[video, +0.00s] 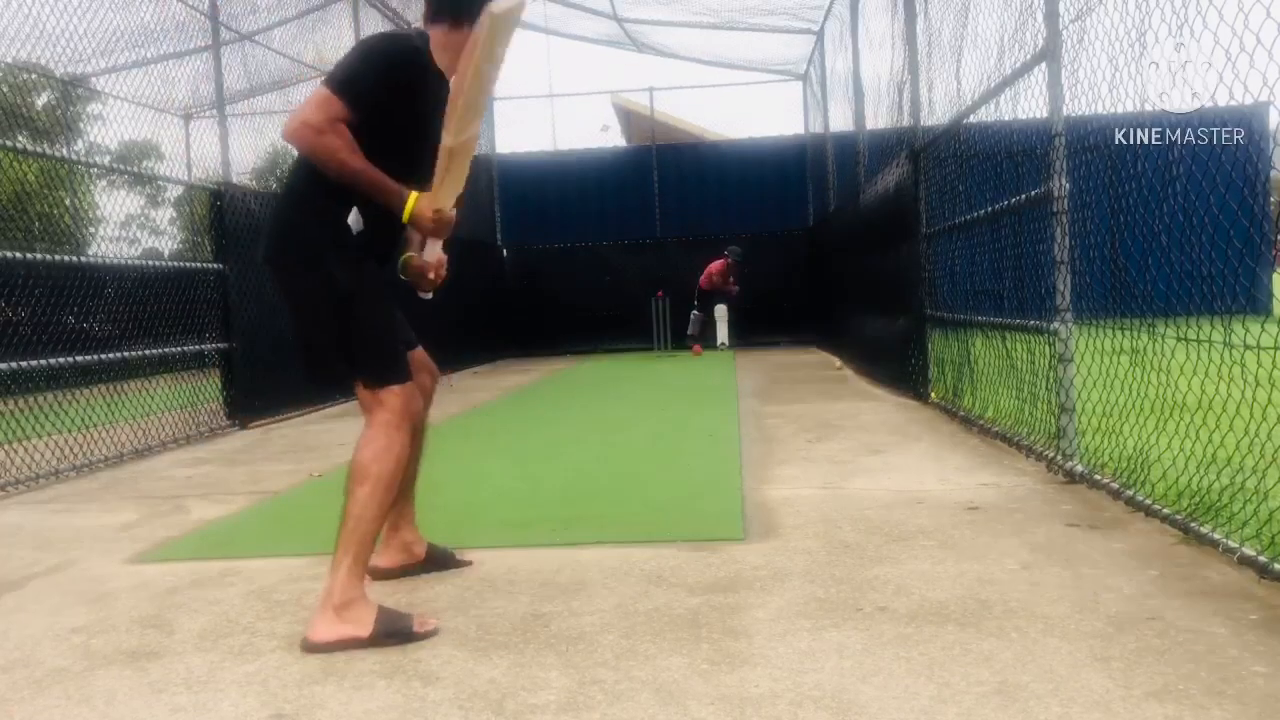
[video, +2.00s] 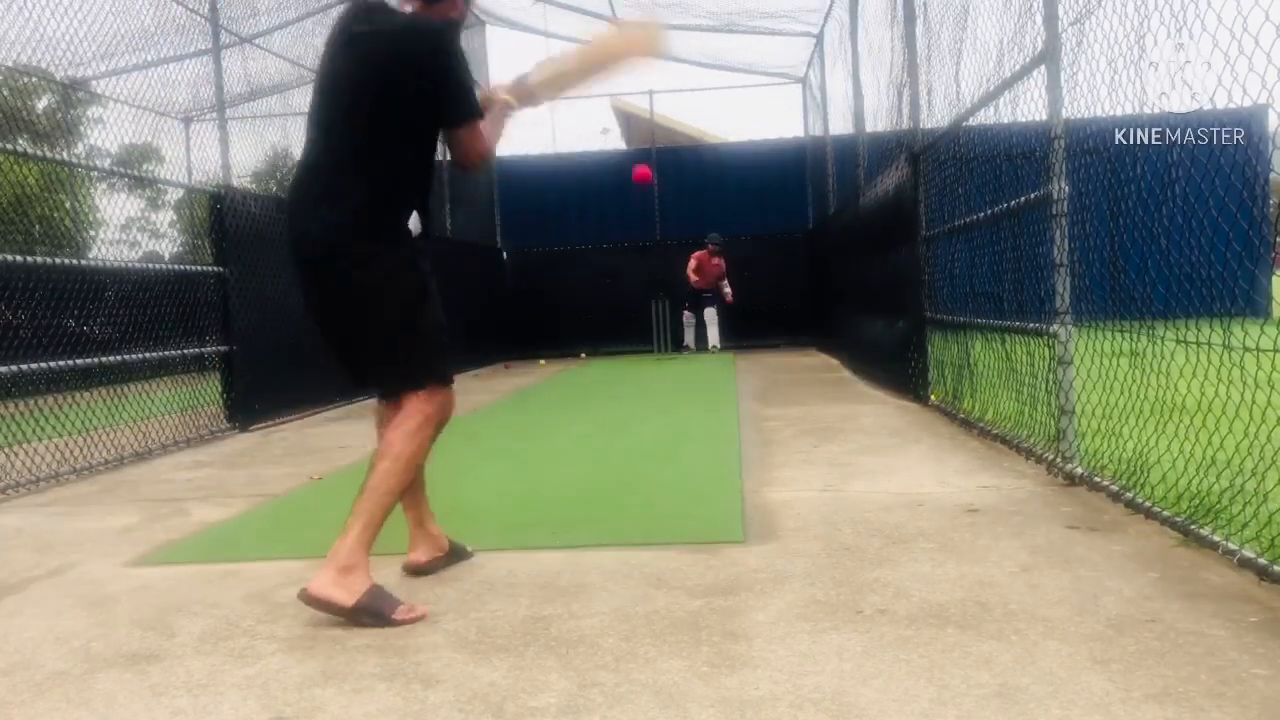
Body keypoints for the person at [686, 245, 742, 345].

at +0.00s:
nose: (735, 264)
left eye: (736, 262)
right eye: (734, 260)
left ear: (736, 261)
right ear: (727, 258)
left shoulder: (730, 268)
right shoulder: (717, 267)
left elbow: (727, 280)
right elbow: (717, 284)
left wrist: (731, 286)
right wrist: (730, 288)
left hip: (718, 289)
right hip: (705, 288)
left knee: (721, 312)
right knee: (699, 313)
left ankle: (722, 342)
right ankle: (693, 338)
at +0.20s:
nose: (726, 248)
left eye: (728, 245)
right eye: (723, 245)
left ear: (731, 247)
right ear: (719, 245)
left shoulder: (730, 262)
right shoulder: (710, 255)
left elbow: (731, 280)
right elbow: (701, 270)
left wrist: (734, 294)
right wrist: (710, 283)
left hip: (718, 290)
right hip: (703, 288)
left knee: (719, 313)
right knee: (697, 314)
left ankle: (722, 343)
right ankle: (698, 341)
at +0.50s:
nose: (710, 240)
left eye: (712, 237)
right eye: (707, 237)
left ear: (716, 239)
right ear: (703, 239)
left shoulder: (720, 253)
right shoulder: (696, 253)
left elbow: (724, 271)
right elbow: (690, 268)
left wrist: (726, 278)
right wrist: (699, 273)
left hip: (715, 286)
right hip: (700, 287)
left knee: (720, 312)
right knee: (700, 315)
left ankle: (723, 342)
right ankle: (702, 343)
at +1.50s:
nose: (701, 244)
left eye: (703, 241)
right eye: (701, 241)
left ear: (709, 240)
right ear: (702, 241)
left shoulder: (723, 252)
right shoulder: (700, 255)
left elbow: (729, 270)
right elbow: (698, 271)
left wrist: (716, 270)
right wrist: (689, 278)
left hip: (719, 286)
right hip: (705, 286)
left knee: (721, 312)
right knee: (699, 311)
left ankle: (726, 342)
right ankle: (697, 343)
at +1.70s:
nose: (726, 264)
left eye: (727, 262)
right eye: (725, 262)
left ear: (727, 262)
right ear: (719, 260)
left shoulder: (723, 269)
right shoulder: (710, 269)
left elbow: (722, 280)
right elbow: (710, 284)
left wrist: (724, 285)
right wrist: (723, 288)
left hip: (710, 291)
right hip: (696, 292)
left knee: (713, 315)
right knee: (689, 316)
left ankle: (714, 345)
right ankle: (682, 339)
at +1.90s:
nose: (717, 251)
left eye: (719, 249)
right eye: (715, 248)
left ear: (723, 251)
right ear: (712, 249)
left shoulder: (722, 263)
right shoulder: (703, 260)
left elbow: (724, 280)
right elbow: (696, 277)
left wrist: (729, 293)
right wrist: (704, 289)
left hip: (711, 292)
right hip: (696, 291)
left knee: (711, 314)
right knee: (688, 315)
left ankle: (714, 345)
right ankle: (686, 343)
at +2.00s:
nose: (715, 248)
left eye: (717, 245)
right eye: (713, 245)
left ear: (720, 246)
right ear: (707, 245)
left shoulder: (720, 260)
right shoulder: (698, 256)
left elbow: (722, 279)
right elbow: (689, 269)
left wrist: (727, 292)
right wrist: (693, 277)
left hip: (710, 290)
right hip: (695, 289)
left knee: (711, 314)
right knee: (688, 315)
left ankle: (714, 345)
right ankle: (689, 345)